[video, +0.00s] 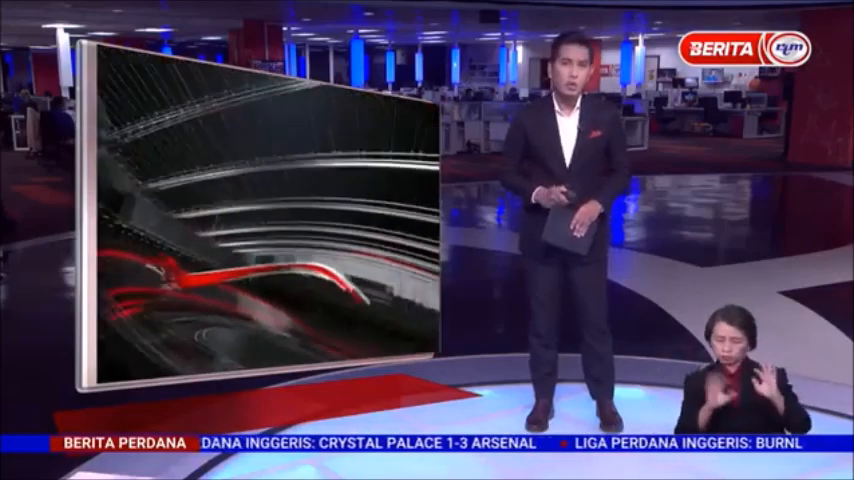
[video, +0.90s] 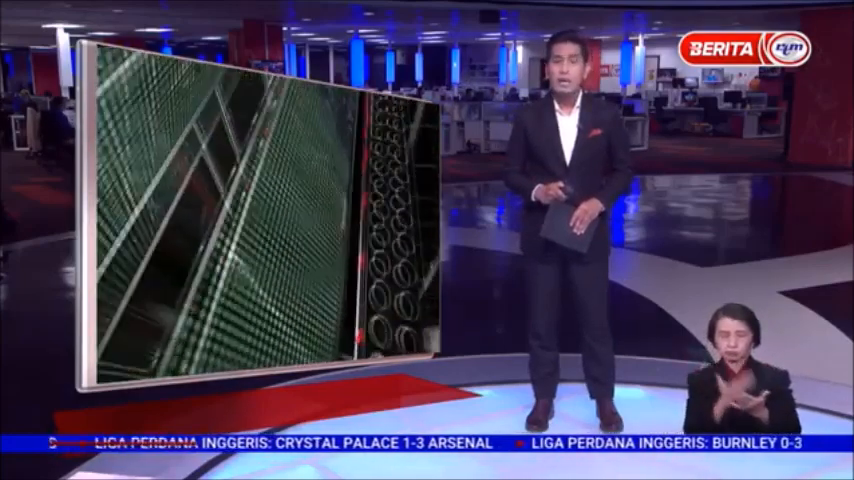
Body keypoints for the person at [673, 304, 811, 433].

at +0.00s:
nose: (727, 349)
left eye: (736, 341)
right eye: (720, 340)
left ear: (749, 344)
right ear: (710, 342)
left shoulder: (772, 378)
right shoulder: (697, 381)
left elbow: (802, 427)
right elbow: (682, 436)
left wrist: (775, 397)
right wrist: (709, 408)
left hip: (767, 464)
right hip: (713, 465)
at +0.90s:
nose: (732, 343)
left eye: (741, 335)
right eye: (724, 335)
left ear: (754, 339)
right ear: (714, 340)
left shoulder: (775, 379)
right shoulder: (701, 381)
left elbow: (792, 431)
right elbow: (692, 432)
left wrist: (759, 411)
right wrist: (722, 405)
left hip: (766, 461)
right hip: (715, 461)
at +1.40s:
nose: (737, 344)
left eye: (745, 336)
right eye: (729, 336)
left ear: (758, 340)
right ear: (718, 341)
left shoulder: (779, 379)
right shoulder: (702, 378)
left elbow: (801, 430)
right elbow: (681, 433)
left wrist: (774, 414)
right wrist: (701, 405)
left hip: (767, 465)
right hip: (714, 464)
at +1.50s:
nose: (737, 344)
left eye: (745, 336)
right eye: (729, 336)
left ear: (758, 340)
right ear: (719, 340)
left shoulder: (779, 379)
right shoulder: (702, 379)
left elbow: (801, 430)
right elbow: (680, 433)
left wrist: (772, 422)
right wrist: (701, 414)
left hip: (767, 465)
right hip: (712, 464)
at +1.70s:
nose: (736, 347)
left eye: (744, 338)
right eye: (728, 338)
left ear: (758, 341)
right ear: (718, 341)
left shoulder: (779, 380)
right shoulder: (704, 379)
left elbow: (795, 434)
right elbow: (683, 431)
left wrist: (774, 436)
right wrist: (703, 415)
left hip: (763, 464)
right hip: (712, 462)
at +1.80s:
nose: (735, 349)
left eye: (744, 340)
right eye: (728, 340)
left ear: (757, 342)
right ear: (718, 342)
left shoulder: (777, 380)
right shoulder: (704, 377)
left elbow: (792, 432)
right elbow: (685, 425)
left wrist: (770, 428)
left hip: (762, 462)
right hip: (715, 460)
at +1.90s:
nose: (736, 350)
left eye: (744, 341)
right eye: (728, 341)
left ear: (757, 343)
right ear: (717, 343)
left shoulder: (777, 379)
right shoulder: (705, 376)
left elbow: (789, 429)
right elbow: (685, 417)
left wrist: (769, 422)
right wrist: (709, 381)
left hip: (763, 461)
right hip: (715, 459)